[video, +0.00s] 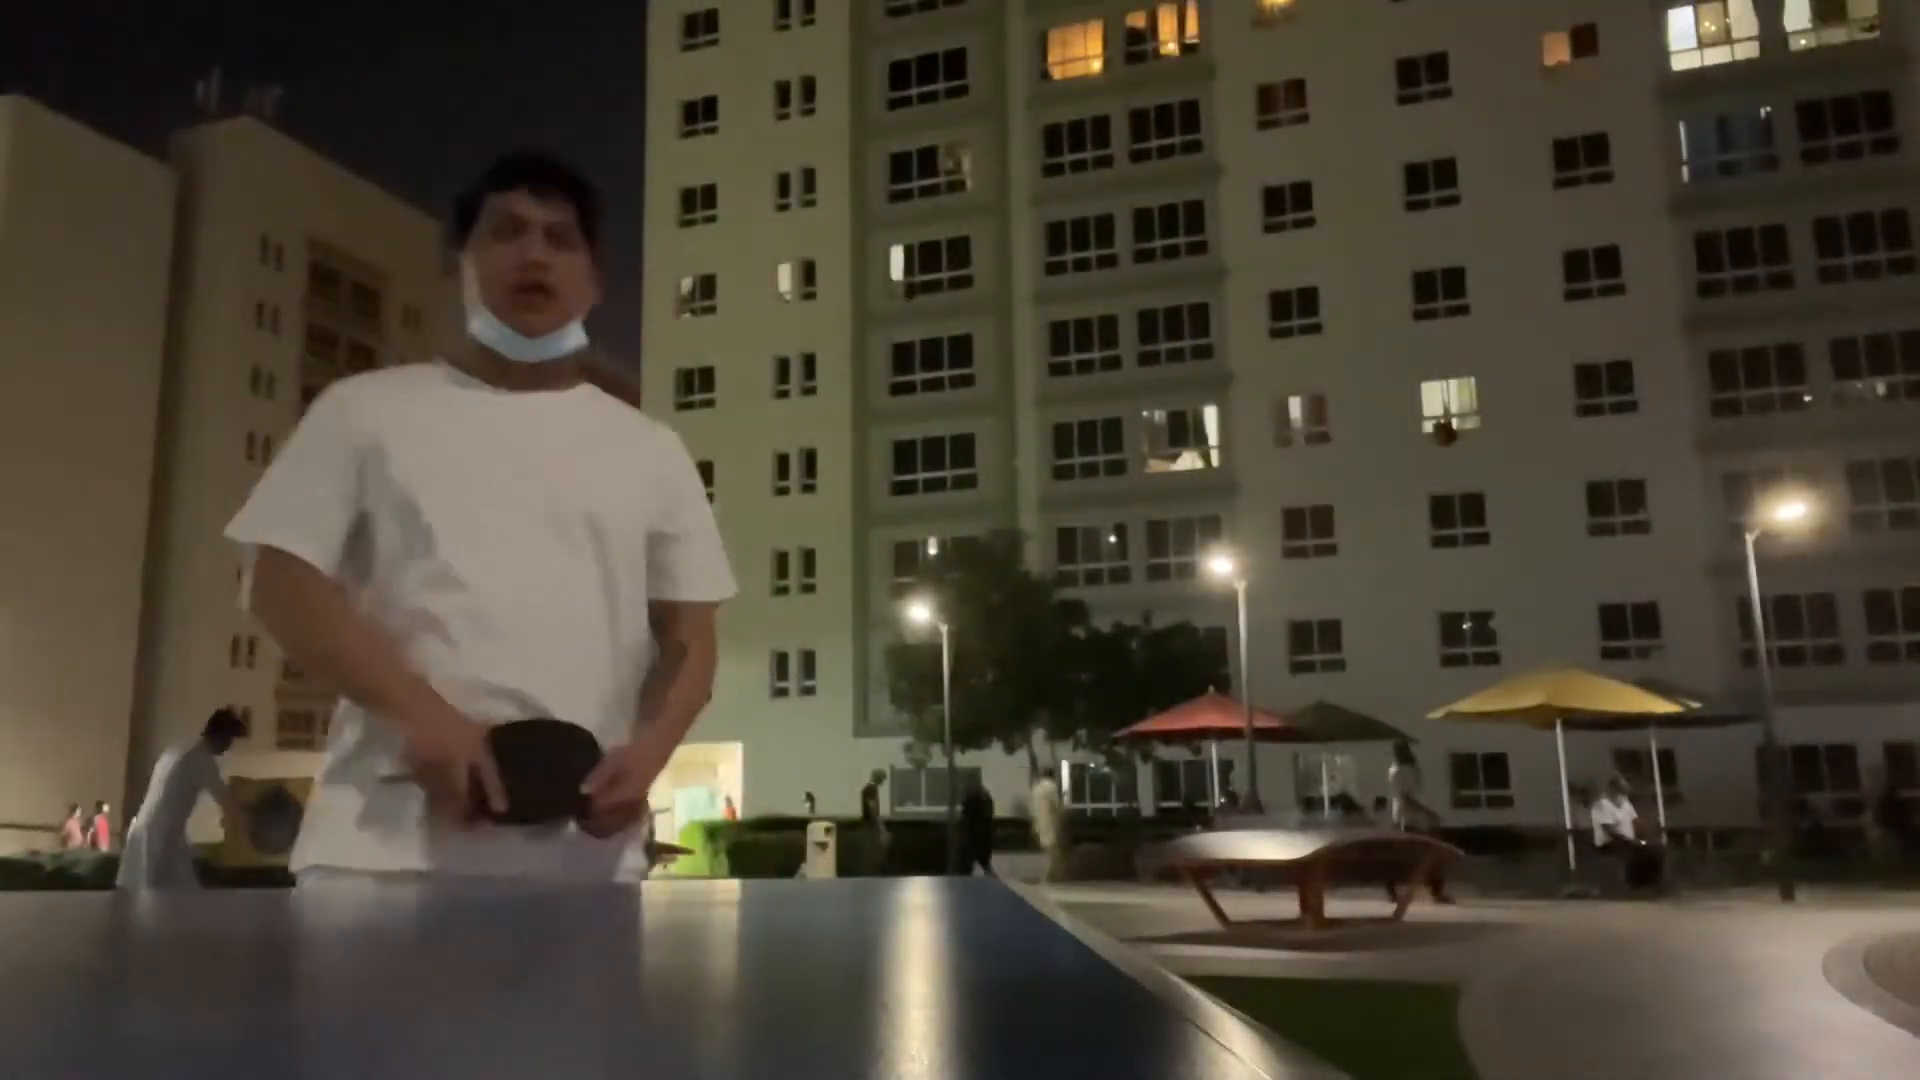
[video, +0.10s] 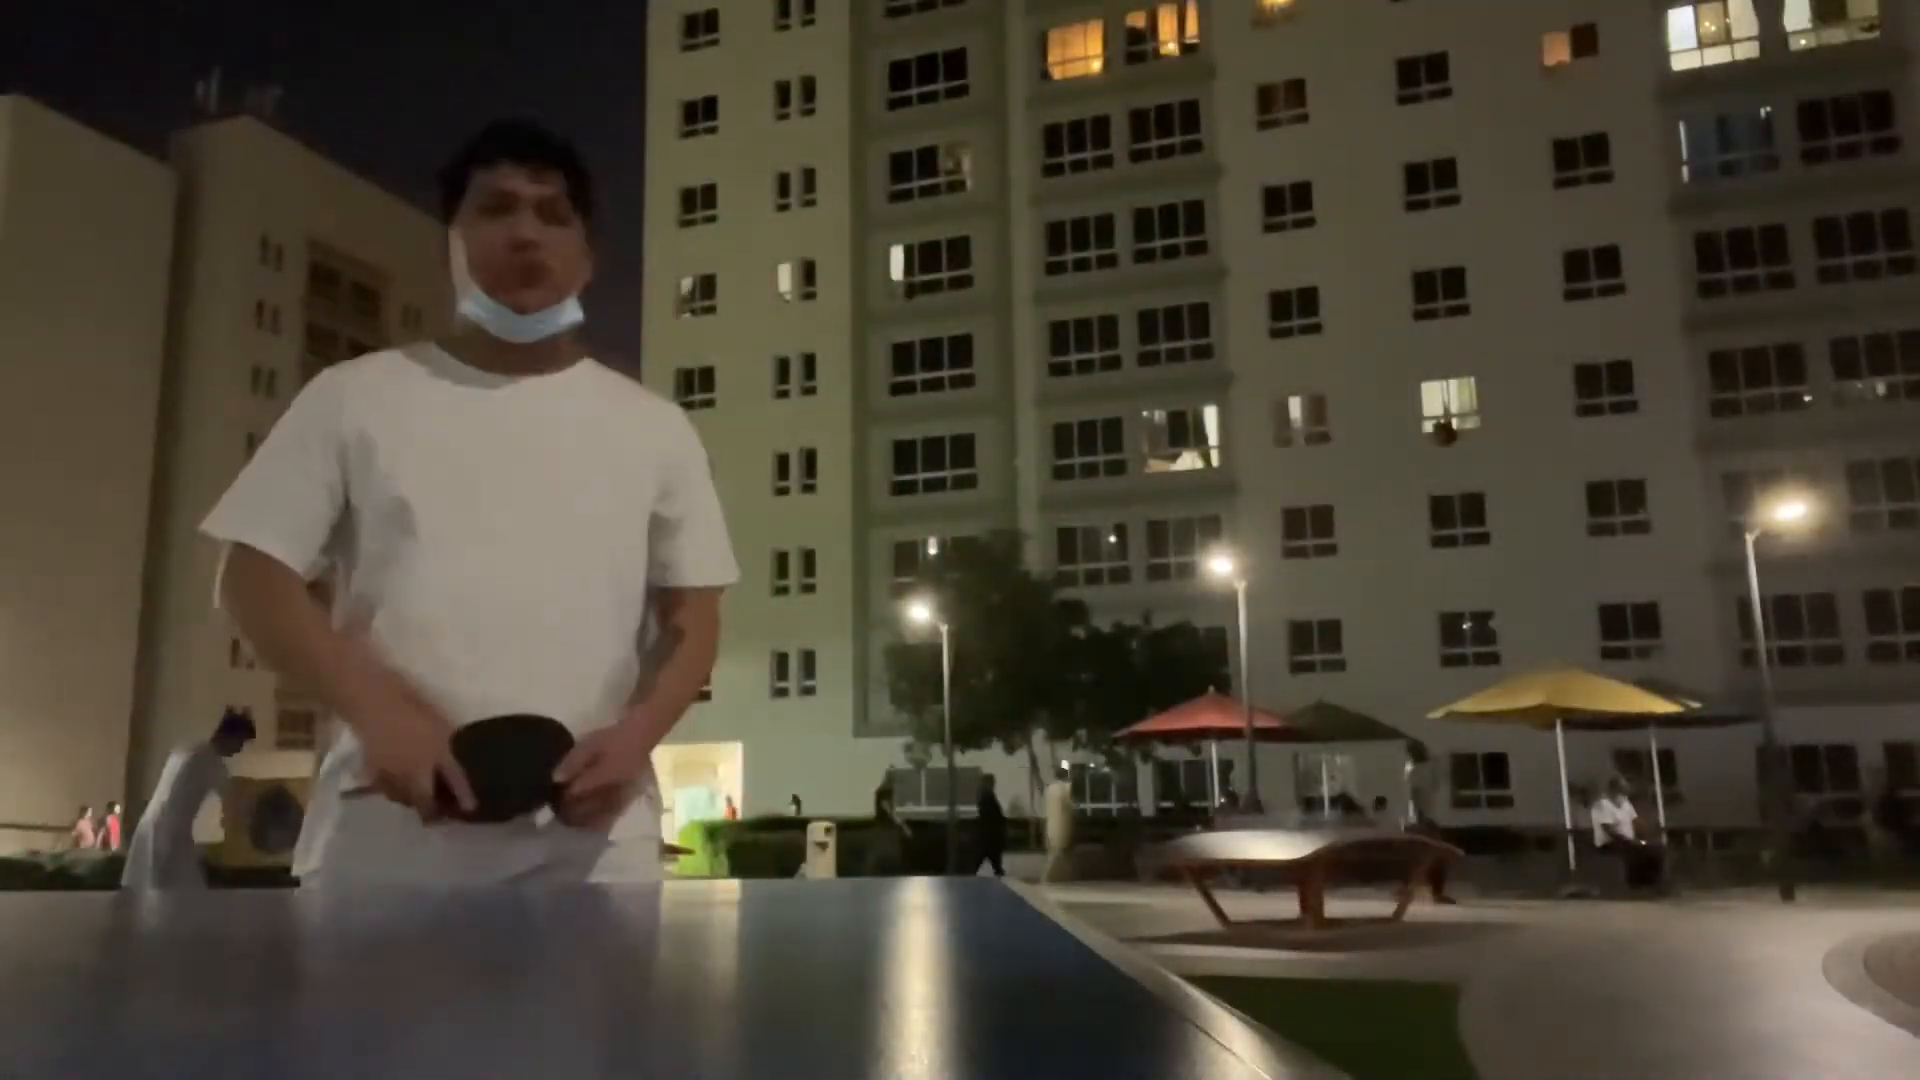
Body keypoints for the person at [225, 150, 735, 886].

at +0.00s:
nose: (534, 255)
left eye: (561, 238)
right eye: (507, 231)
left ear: (594, 277)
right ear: (463, 265)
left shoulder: (650, 452)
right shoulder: (365, 414)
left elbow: (692, 644)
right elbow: (282, 584)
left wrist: (647, 753)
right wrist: (426, 719)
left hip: (579, 863)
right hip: (387, 859)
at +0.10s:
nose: (526, 233)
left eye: (553, 214)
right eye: (495, 208)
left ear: (589, 253)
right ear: (451, 243)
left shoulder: (653, 430)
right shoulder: (355, 401)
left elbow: (696, 620)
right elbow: (253, 576)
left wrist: (637, 735)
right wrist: (380, 709)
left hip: (587, 846)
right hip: (392, 844)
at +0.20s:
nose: (573, 217)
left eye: (602, 194)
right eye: (544, 192)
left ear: (646, 228)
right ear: (502, 225)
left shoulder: (711, 423)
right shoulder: (407, 398)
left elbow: (751, 629)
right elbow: (318, 585)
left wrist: (646, 765)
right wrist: (382, 734)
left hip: (622, 864)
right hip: (420, 857)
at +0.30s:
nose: (643, 182)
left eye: (677, 162)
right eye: (619, 157)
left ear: (731, 212)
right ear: (584, 191)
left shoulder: (778, 395)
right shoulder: (496, 368)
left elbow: (830, 619)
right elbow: (417, 556)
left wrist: (679, 718)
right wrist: (411, 769)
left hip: (682, 861)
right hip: (498, 856)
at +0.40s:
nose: (661, 170)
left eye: (701, 151)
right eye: (642, 142)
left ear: (760, 200)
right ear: (609, 170)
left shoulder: (792, 378)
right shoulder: (546, 356)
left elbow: (840, 602)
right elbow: (477, 558)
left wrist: (663, 695)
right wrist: (422, 741)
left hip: (675, 853)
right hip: (507, 845)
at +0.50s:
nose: (645, 157)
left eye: (686, 136)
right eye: (628, 129)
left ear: (755, 190)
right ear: (600, 158)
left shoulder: (779, 369)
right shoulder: (570, 353)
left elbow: (774, 611)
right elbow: (512, 572)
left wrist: (594, 761)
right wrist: (444, 752)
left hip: (686, 865)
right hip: (522, 852)